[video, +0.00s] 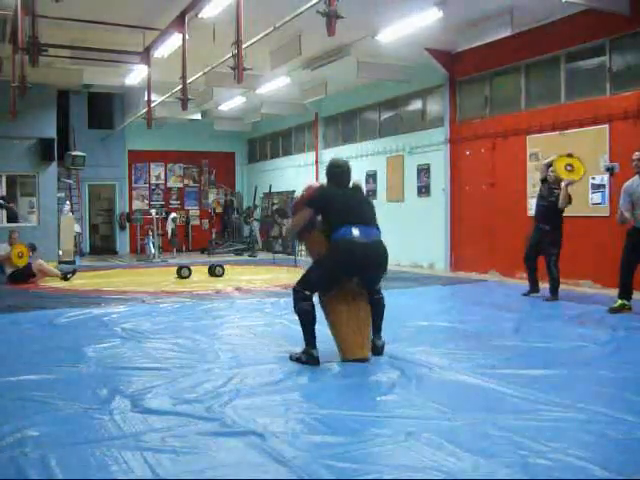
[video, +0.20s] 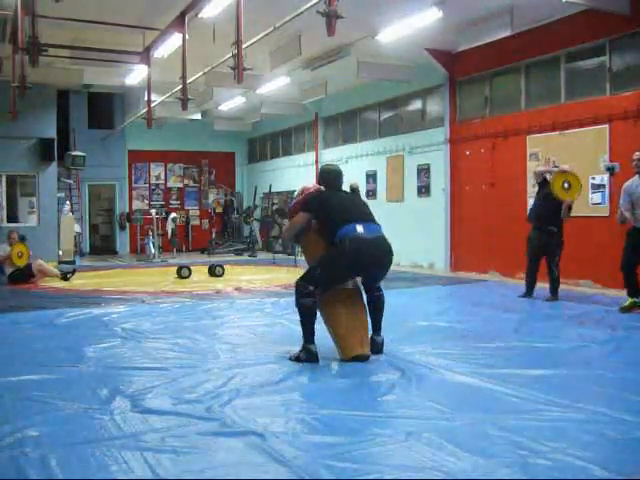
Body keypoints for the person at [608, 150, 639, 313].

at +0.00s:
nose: (635, 164)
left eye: (637, 160)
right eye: (634, 161)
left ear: (639, 163)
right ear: (632, 163)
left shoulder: (631, 186)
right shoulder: (629, 186)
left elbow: (625, 210)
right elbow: (625, 209)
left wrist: (625, 217)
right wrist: (627, 218)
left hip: (635, 229)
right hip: (635, 228)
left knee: (628, 262)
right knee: (627, 263)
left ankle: (624, 298)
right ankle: (624, 298)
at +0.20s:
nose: (635, 163)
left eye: (637, 160)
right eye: (634, 161)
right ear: (632, 163)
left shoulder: (631, 186)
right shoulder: (629, 185)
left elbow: (625, 207)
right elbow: (625, 207)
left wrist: (630, 219)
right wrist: (630, 219)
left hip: (636, 228)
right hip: (635, 228)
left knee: (628, 264)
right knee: (627, 264)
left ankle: (634, 295)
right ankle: (633, 295)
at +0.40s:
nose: (635, 163)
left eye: (637, 160)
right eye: (634, 161)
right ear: (631, 164)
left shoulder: (630, 186)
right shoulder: (628, 186)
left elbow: (625, 208)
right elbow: (625, 207)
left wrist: (629, 217)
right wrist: (630, 218)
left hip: (635, 229)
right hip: (635, 229)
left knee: (634, 265)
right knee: (633, 265)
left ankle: (638, 297)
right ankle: (638, 297)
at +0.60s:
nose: (634, 163)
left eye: (636, 160)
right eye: (632, 160)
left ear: (639, 163)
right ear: (630, 163)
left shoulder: (628, 186)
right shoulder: (627, 185)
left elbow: (623, 207)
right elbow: (623, 206)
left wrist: (627, 216)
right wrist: (626, 217)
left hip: (635, 229)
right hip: (634, 228)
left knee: (636, 266)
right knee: (635, 266)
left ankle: (639, 300)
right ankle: (639, 299)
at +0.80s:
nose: (633, 164)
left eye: (636, 160)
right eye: (632, 161)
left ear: (639, 164)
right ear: (629, 164)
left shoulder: (627, 187)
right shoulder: (626, 186)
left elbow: (623, 209)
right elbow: (624, 209)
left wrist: (629, 219)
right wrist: (629, 220)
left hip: (635, 229)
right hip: (634, 228)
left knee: (635, 266)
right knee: (635, 266)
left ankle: (638, 300)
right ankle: (638, 299)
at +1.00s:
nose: (633, 164)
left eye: (635, 161)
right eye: (632, 161)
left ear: (639, 164)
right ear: (629, 164)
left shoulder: (627, 187)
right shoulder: (626, 186)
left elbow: (623, 211)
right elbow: (623, 210)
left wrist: (628, 219)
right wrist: (628, 219)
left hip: (634, 229)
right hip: (634, 229)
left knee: (635, 267)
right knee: (635, 267)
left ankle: (638, 300)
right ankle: (638, 300)